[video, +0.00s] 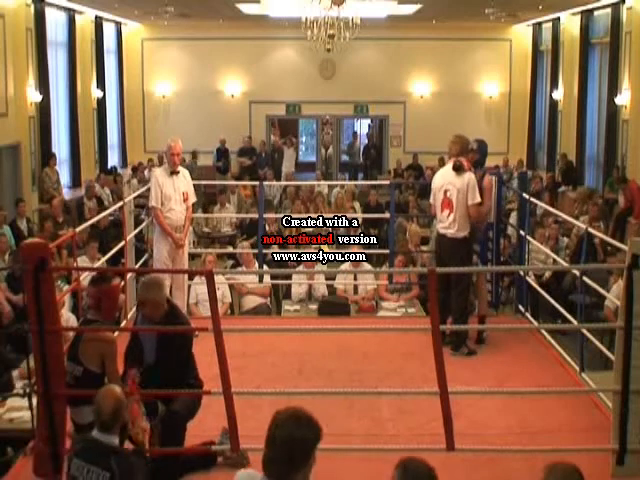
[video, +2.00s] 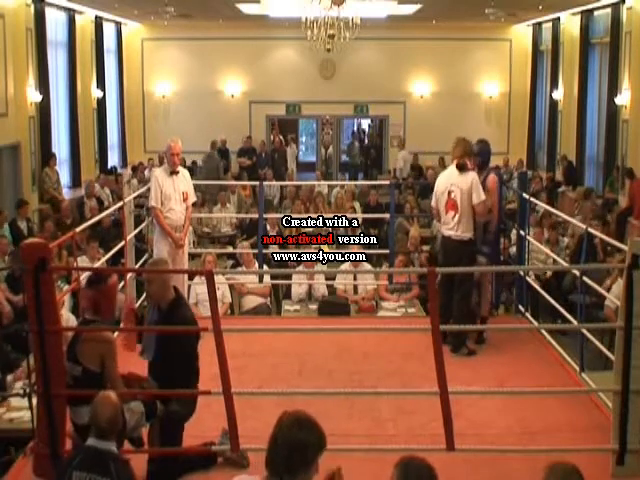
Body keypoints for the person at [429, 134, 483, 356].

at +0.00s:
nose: (472, 158)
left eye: (470, 154)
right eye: (471, 154)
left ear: (449, 153)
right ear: (467, 154)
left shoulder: (438, 175)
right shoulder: (468, 177)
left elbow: (434, 208)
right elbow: (475, 213)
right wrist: (487, 199)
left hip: (441, 236)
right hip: (460, 238)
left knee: (443, 284)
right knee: (461, 288)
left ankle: (441, 328)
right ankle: (459, 338)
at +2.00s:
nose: (472, 160)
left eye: (470, 157)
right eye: (471, 157)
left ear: (453, 156)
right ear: (469, 157)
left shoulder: (442, 177)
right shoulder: (471, 178)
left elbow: (435, 208)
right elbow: (480, 209)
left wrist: (445, 221)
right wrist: (489, 201)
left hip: (445, 238)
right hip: (464, 239)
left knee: (446, 286)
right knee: (463, 289)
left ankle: (444, 329)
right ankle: (459, 339)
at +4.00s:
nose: (471, 157)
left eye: (462, 152)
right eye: (473, 153)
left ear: (456, 154)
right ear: (474, 154)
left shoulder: (448, 178)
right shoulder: (480, 178)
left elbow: (442, 211)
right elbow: (488, 208)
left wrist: (453, 224)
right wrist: (485, 225)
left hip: (454, 237)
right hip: (473, 238)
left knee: (451, 284)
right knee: (470, 287)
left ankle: (449, 327)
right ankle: (466, 337)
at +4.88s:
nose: (455, 158)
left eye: (450, 154)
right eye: (461, 154)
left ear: (446, 155)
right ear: (465, 154)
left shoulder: (441, 180)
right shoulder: (472, 178)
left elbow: (435, 211)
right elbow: (481, 209)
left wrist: (447, 222)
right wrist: (491, 193)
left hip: (449, 235)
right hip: (468, 235)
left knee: (449, 283)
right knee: (467, 285)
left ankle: (449, 328)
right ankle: (464, 336)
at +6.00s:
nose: (467, 155)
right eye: (468, 151)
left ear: (449, 152)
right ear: (468, 152)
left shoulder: (442, 178)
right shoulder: (473, 178)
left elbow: (438, 212)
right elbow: (481, 211)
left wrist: (447, 226)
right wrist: (491, 193)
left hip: (449, 235)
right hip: (468, 236)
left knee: (449, 282)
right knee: (467, 285)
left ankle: (448, 328)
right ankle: (465, 336)